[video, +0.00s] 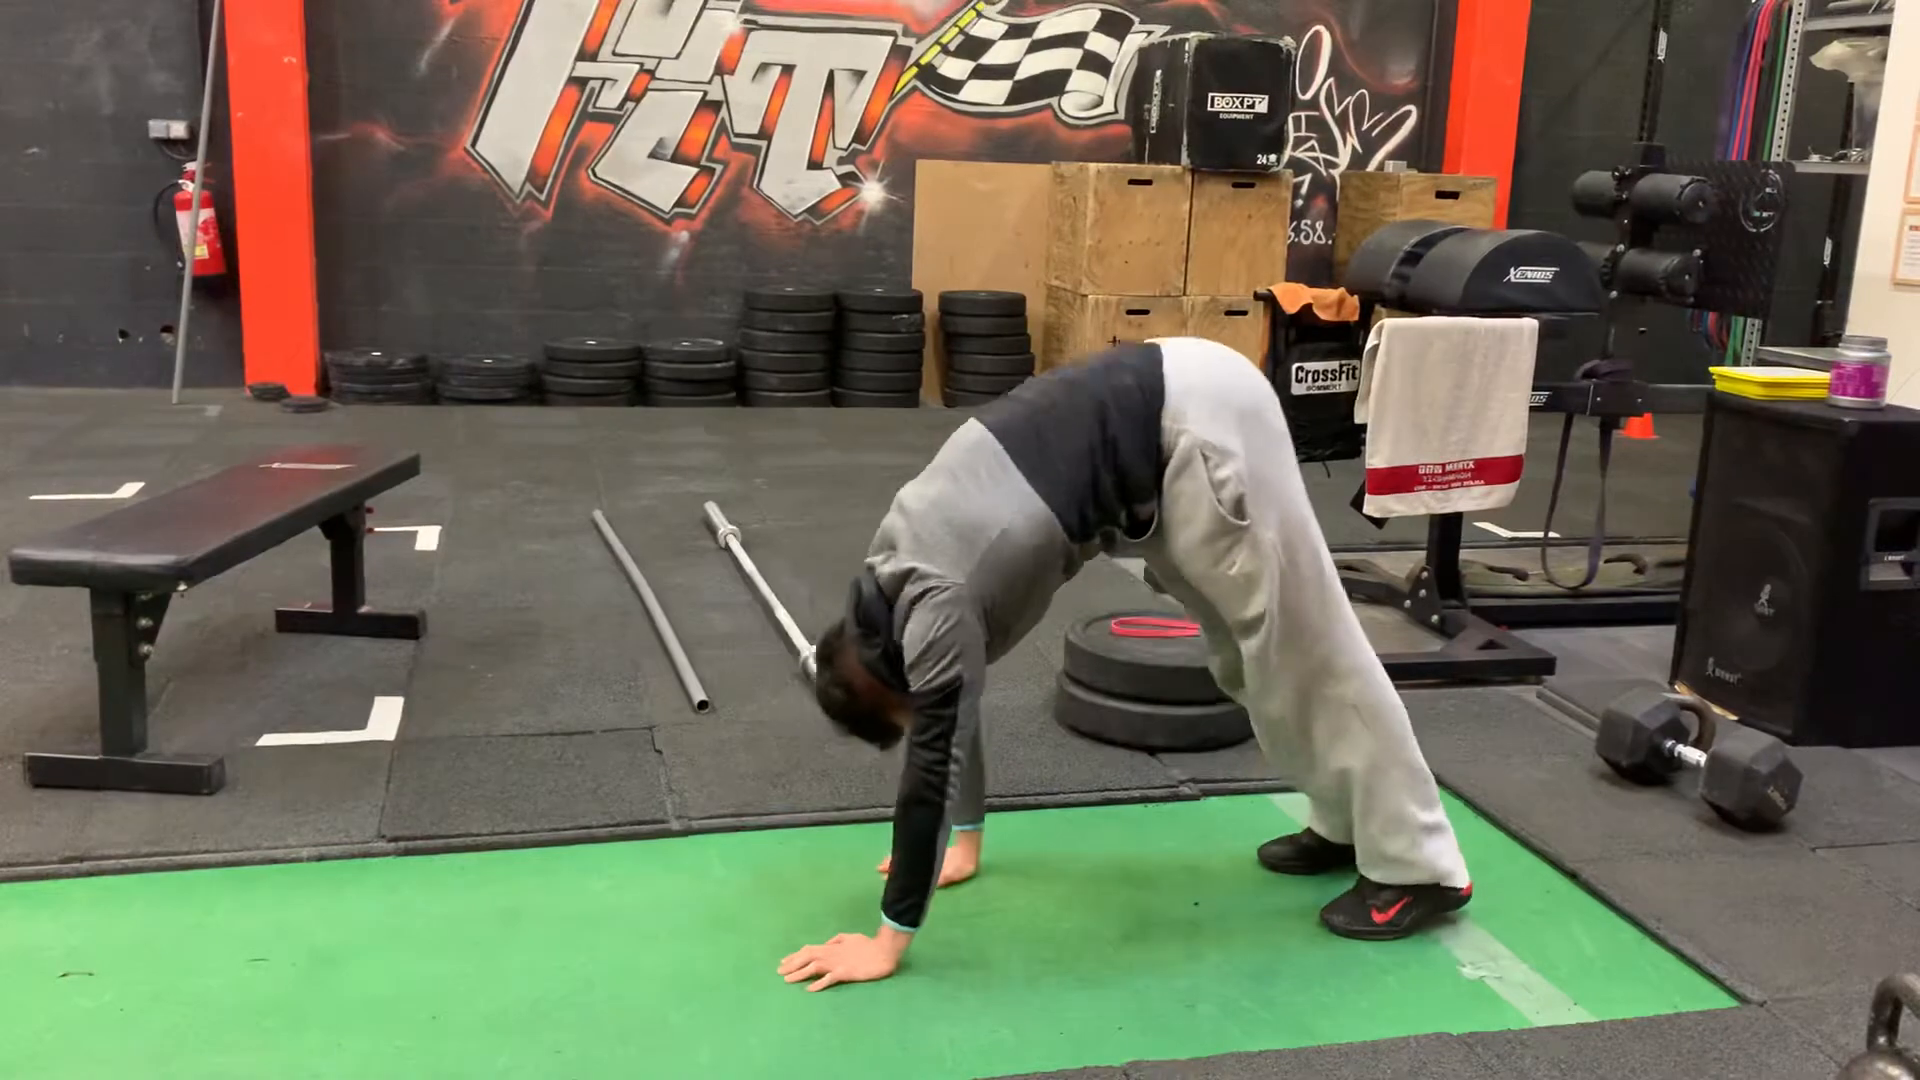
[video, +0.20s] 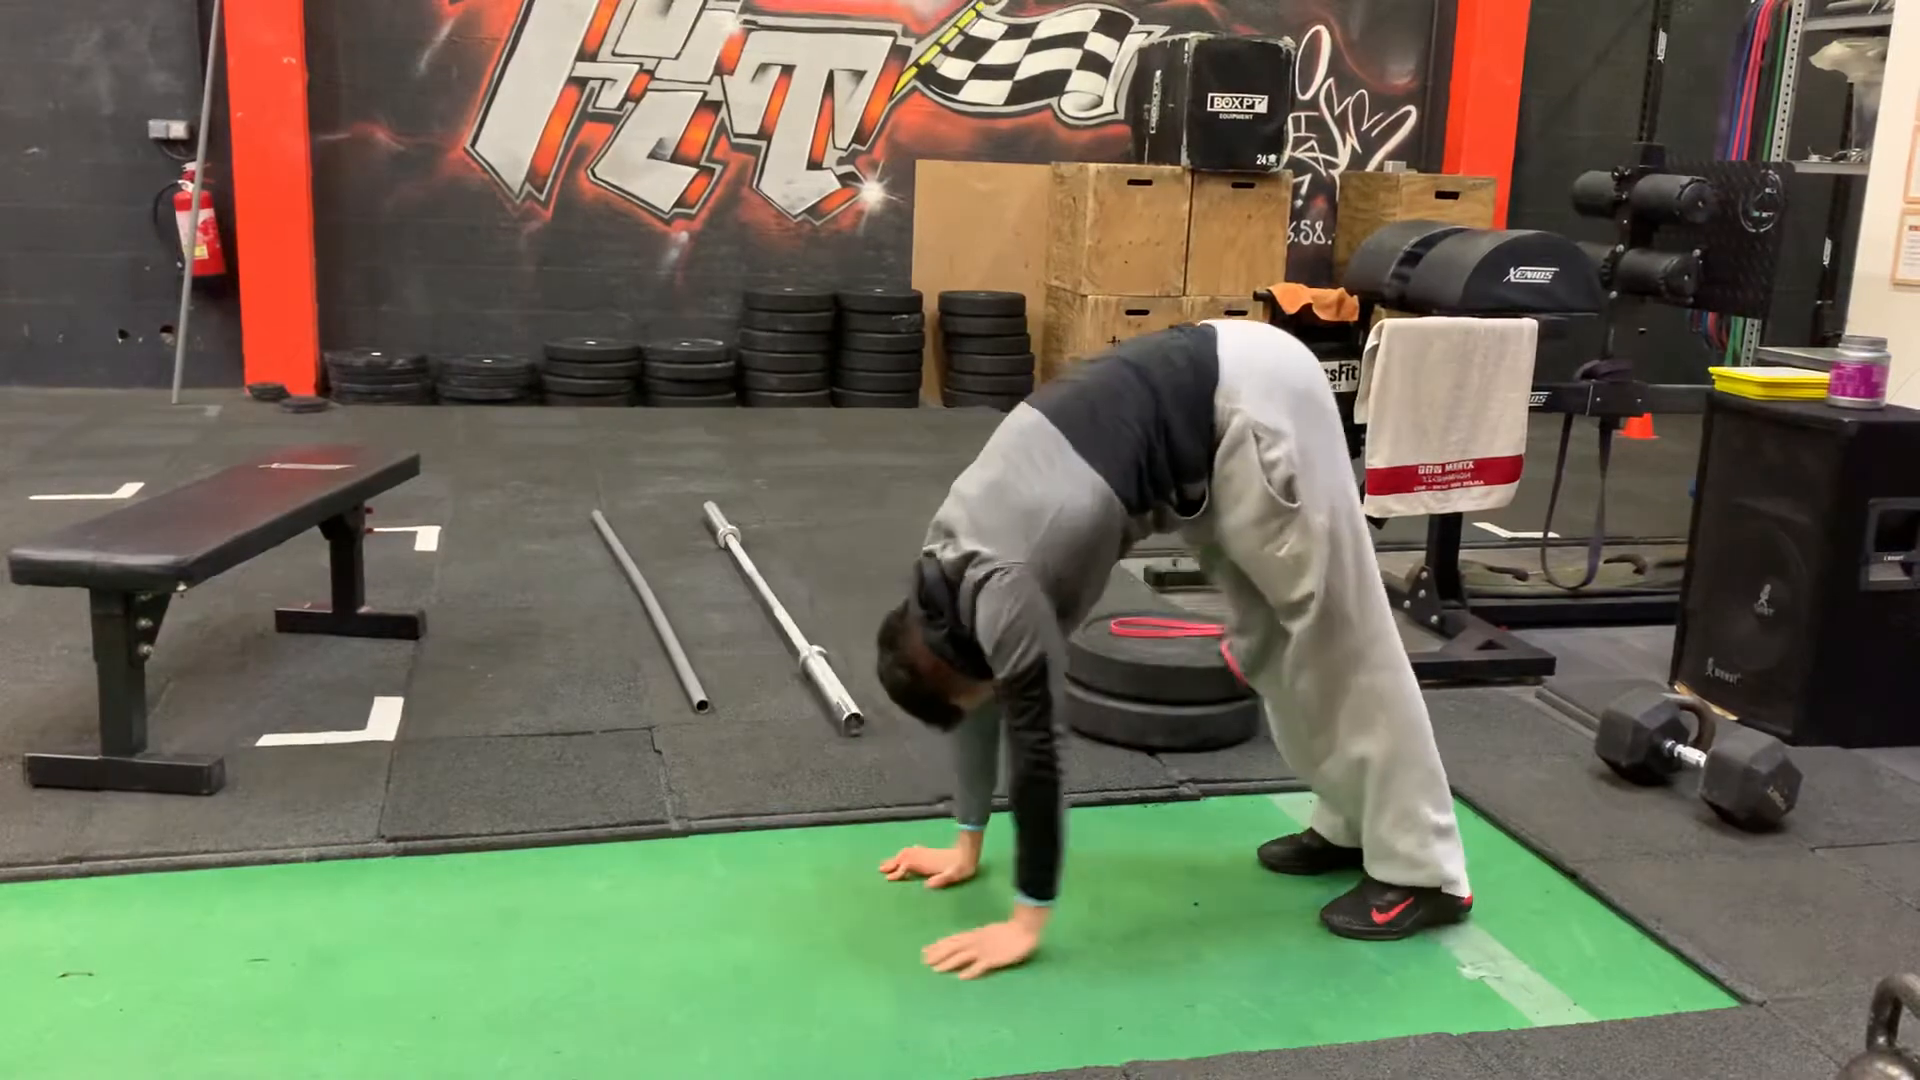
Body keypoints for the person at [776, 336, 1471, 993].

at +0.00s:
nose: (907, 728)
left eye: (899, 720)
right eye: (896, 724)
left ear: (881, 671)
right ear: (866, 661)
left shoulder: (936, 608)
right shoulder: (897, 577)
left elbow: (928, 762)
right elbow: (956, 708)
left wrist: (890, 937)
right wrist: (963, 837)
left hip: (1199, 418)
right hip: (1153, 426)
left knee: (1306, 655)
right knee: (1253, 656)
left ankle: (1426, 869)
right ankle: (1346, 824)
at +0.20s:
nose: (980, 708)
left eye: (974, 701)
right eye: (967, 711)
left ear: (952, 652)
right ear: (929, 643)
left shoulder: (1006, 593)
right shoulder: (943, 575)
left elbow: (1036, 752)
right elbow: (977, 715)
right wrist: (966, 848)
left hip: (1256, 394)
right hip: (1195, 423)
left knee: (1341, 641)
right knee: (1273, 645)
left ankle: (1426, 872)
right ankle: (1352, 824)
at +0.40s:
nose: (1039, 704)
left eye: (1033, 697)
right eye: (1023, 706)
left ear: (1023, 654)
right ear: (988, 638)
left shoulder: (1089, 607)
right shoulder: (1001, 571)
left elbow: (1124, 761)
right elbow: (1005, 718)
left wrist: (1141, 917)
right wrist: (968, 844)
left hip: (1312, 378)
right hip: (1244, 376)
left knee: (1368, 634)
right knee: (1300, 628)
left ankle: (1427, 872)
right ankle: (1349, 824)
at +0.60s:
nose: (1086, 686)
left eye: (1073, 679)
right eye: (1071, 686)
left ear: (1063, 642)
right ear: (1040, 619)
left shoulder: (1119, 592)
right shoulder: (1055, 549)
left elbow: (1137, 750)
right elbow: (1132, 703)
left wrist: (1140, 919)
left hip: (1366, 372)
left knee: (1393, 639)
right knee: (1324, 631)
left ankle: (1429, 873)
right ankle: (1352, 823)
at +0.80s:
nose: (1121, 687)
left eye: (1108, 680)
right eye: (1107, 686)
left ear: (1094, 631)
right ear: (1076, 615)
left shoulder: (1148, 585)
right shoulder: (1100, 551)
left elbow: (1156, 748)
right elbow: (1156, 712)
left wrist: (1138, 918)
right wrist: (1152, 834)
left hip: (1404, 370)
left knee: (1410, 638)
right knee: (1341, 629)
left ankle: (1432, 874)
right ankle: (1358, 825)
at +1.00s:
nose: (1144, 659)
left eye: (1135, 650)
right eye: (1133, 657)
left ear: (1121, 612)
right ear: (1110, 602)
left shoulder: (1178, 555)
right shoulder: (1123, 528)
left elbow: (1185, 723)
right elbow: (1161, 688)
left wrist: (1151, 884)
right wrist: (1155, 833)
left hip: (1442, 365)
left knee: (1429, 631)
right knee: (1355, 624)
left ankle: (1434, 873)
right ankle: (1359, 827)